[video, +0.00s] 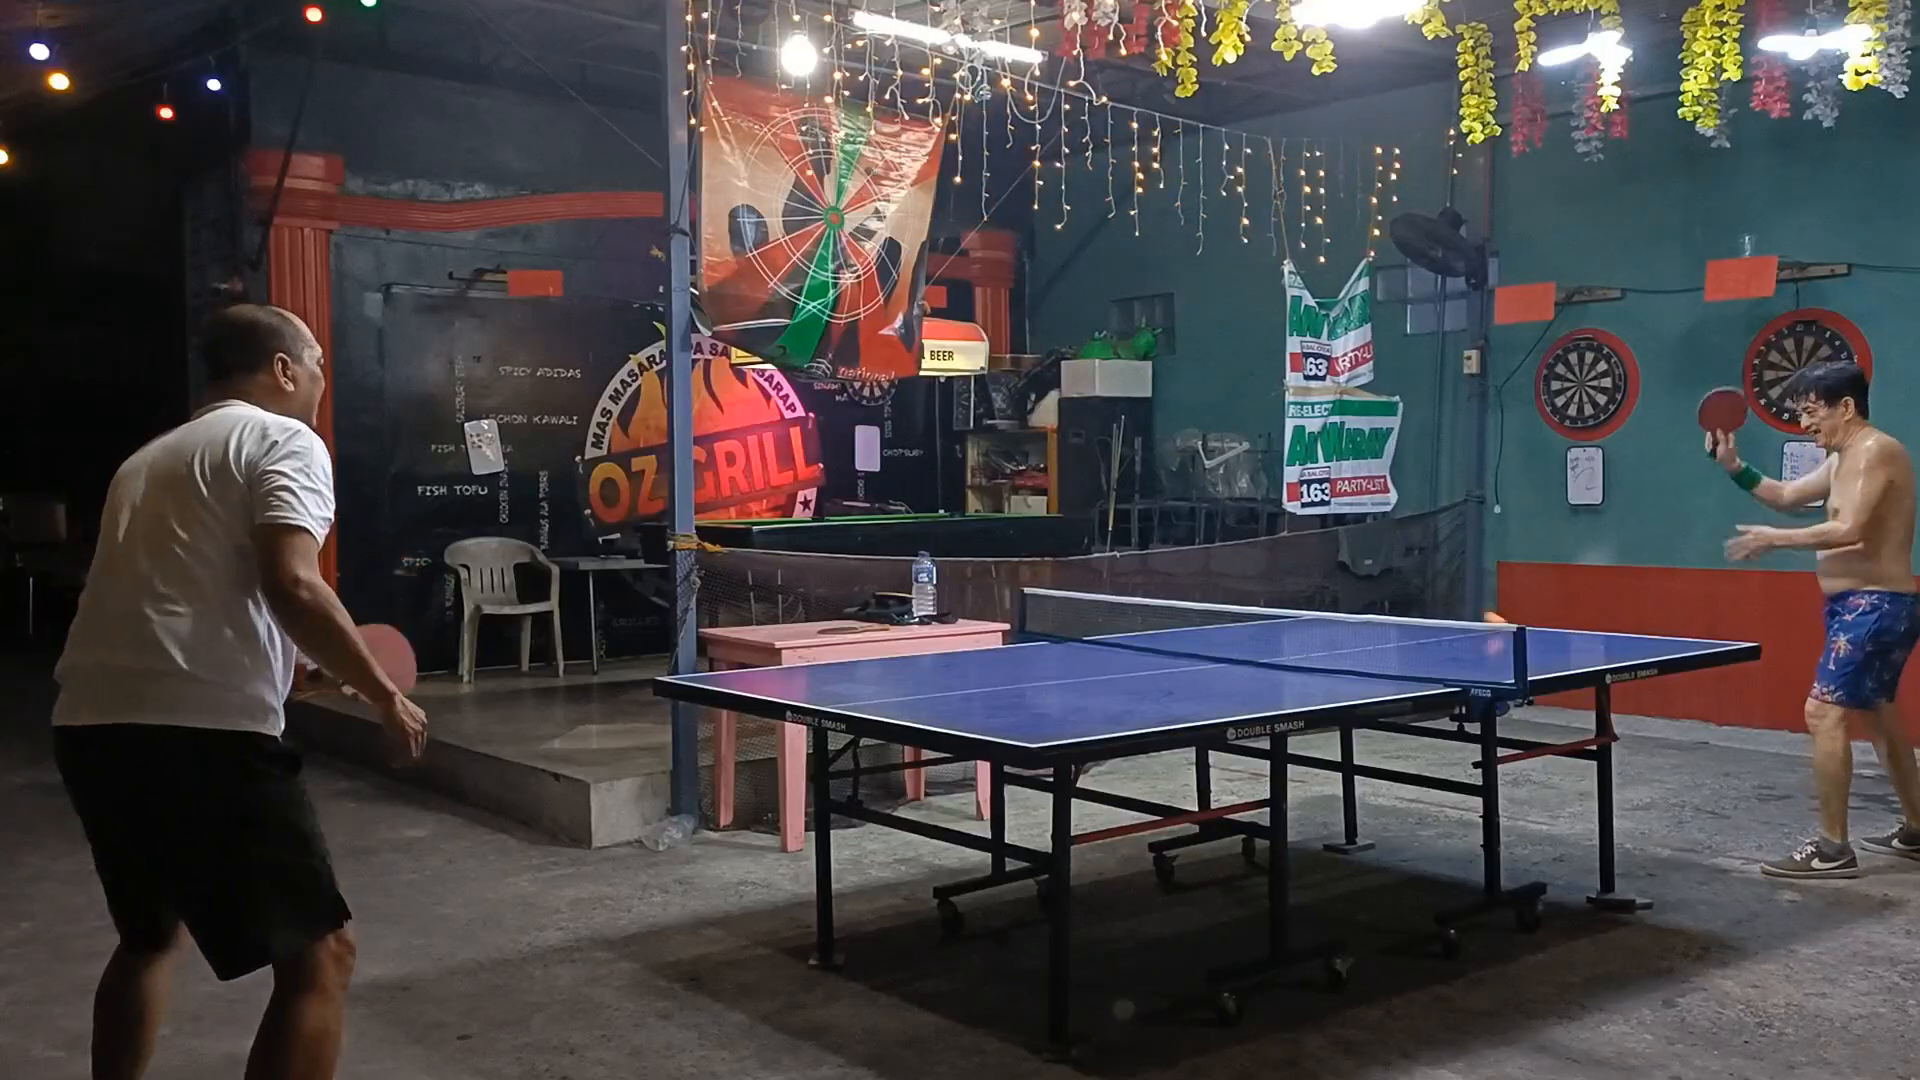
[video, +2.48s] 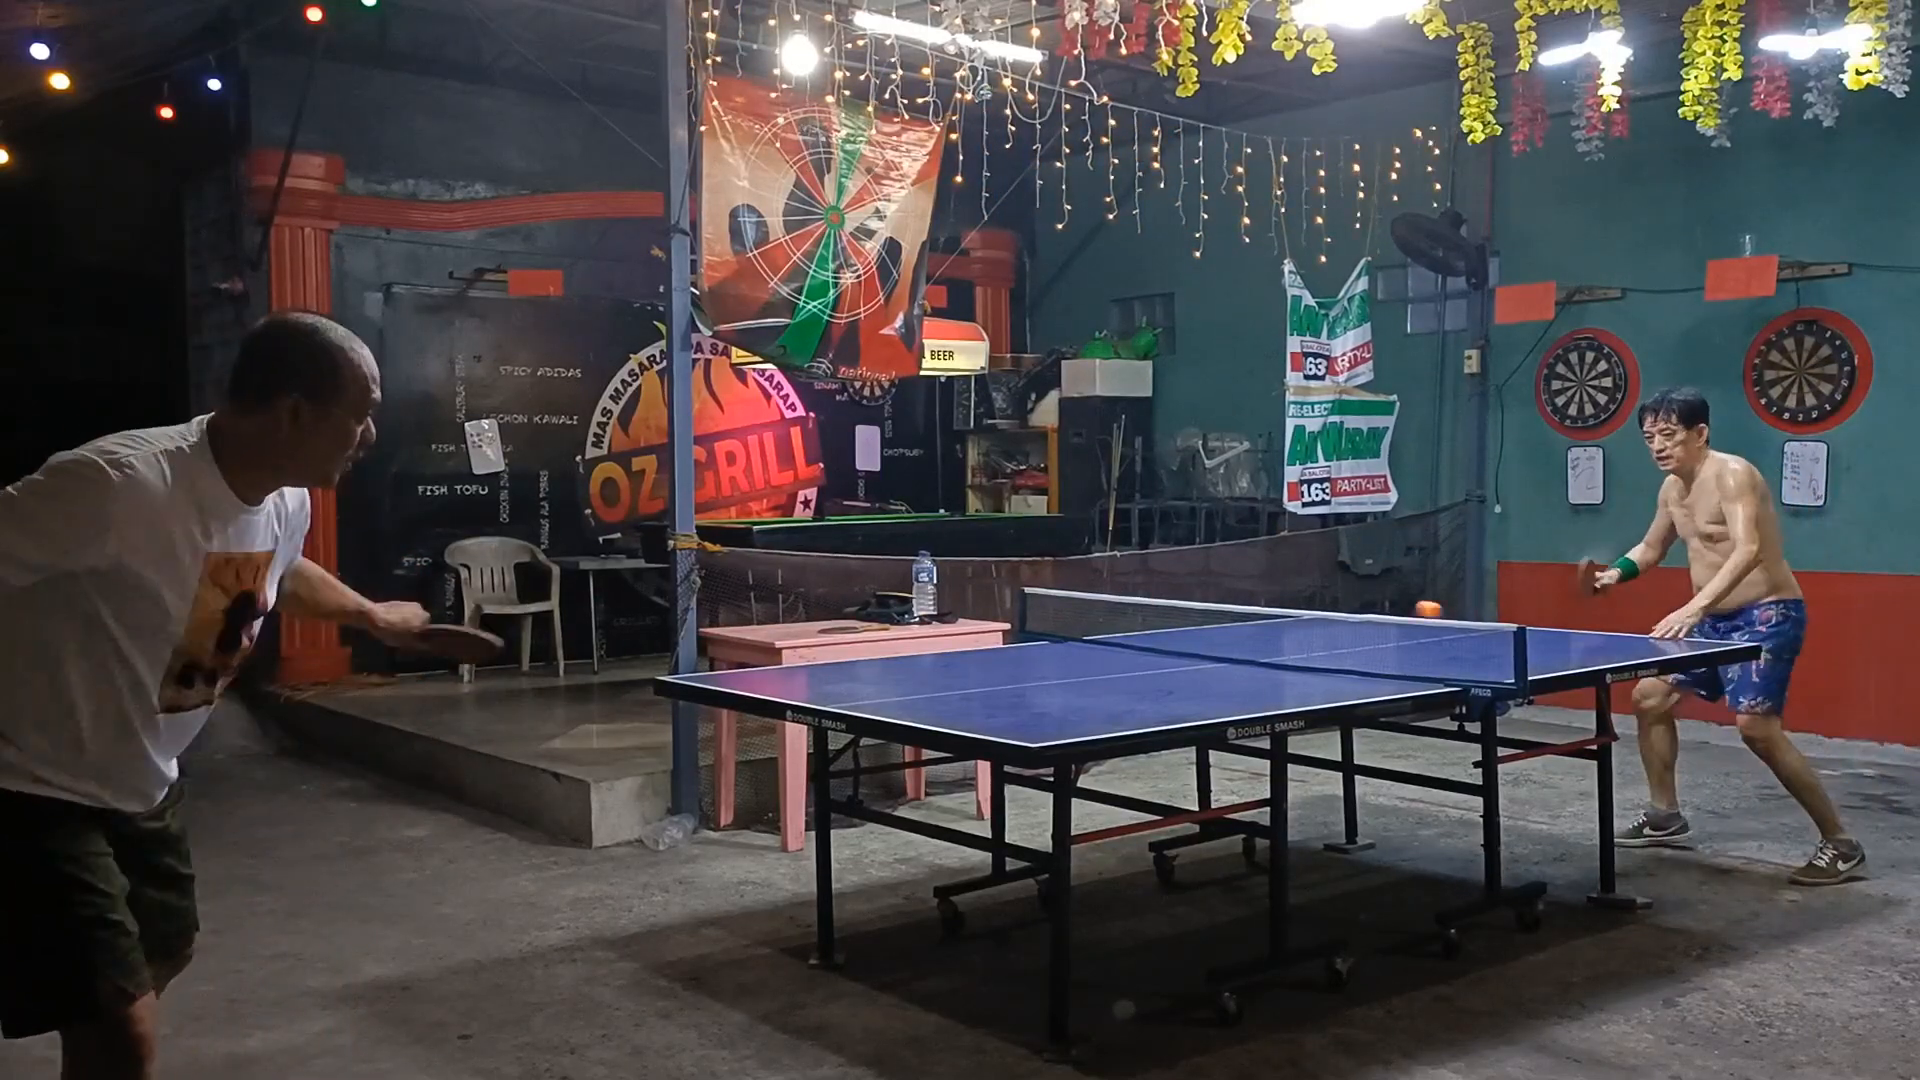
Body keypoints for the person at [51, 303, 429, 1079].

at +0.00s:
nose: (321, 390)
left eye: (321, 372)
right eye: (317, 372)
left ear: (217, 377)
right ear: (283, 371)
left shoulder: (142, 461)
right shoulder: (284, 440)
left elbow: (155, 610)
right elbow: (291, 583)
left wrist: (288, 665)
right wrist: (386, 697)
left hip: (90, 724)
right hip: (211, 727)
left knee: (148, 937)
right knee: (319, 950)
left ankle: (111, 1078)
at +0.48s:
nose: (285, 436)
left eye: (284, 426)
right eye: (283, 426)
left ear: (196, 424)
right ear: (259, 416)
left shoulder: (117, 507)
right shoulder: (271, 460)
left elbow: (101, 639)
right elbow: (309, 572)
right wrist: (401, 707)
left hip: (96, 736)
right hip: (213, 732)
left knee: (172, 921)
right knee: (330, 956)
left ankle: (148, 1074)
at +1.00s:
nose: (295, 465)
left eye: (296, 451)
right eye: (295, 448)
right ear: (271, 436)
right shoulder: (227, 455)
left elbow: (253, 673)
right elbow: (187, 541)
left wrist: (367, 734)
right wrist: (252, 663)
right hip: (126, 707)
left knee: (181, 937)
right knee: (223, 937)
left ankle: (161, 1070)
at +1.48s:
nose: (264, 363)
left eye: (265, 346)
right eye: (259, 344)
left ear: (189, 343)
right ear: (216, 343)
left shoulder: (123, 408)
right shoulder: (178, 405)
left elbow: (104, 577)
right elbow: (136, 547)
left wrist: (192, 701)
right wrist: (211, 681)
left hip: (55, 695)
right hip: (99, 701)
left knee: (125, 924)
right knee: (179, 939)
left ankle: (94, 1070)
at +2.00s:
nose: (334, 484)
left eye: (332, 463)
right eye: (319, 464)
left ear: (250, 474)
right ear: (247, 471)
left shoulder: (267, 561)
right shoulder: (103, 556)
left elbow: (276, 706)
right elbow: (9, 725)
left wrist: (366, 700)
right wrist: (59, 905)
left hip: (98, 836)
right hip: (30, 830)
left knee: (44, 1055)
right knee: (125, 1037)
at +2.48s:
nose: (371, 436)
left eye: (371, 417)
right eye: (360, 416)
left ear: (297, 419)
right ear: (292, 414)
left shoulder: (285, 500)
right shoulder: (114, 484)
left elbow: (282, 574)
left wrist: (371, 615)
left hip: (142, 788)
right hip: (35, 789)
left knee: (163, 952)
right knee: (121, 1038)